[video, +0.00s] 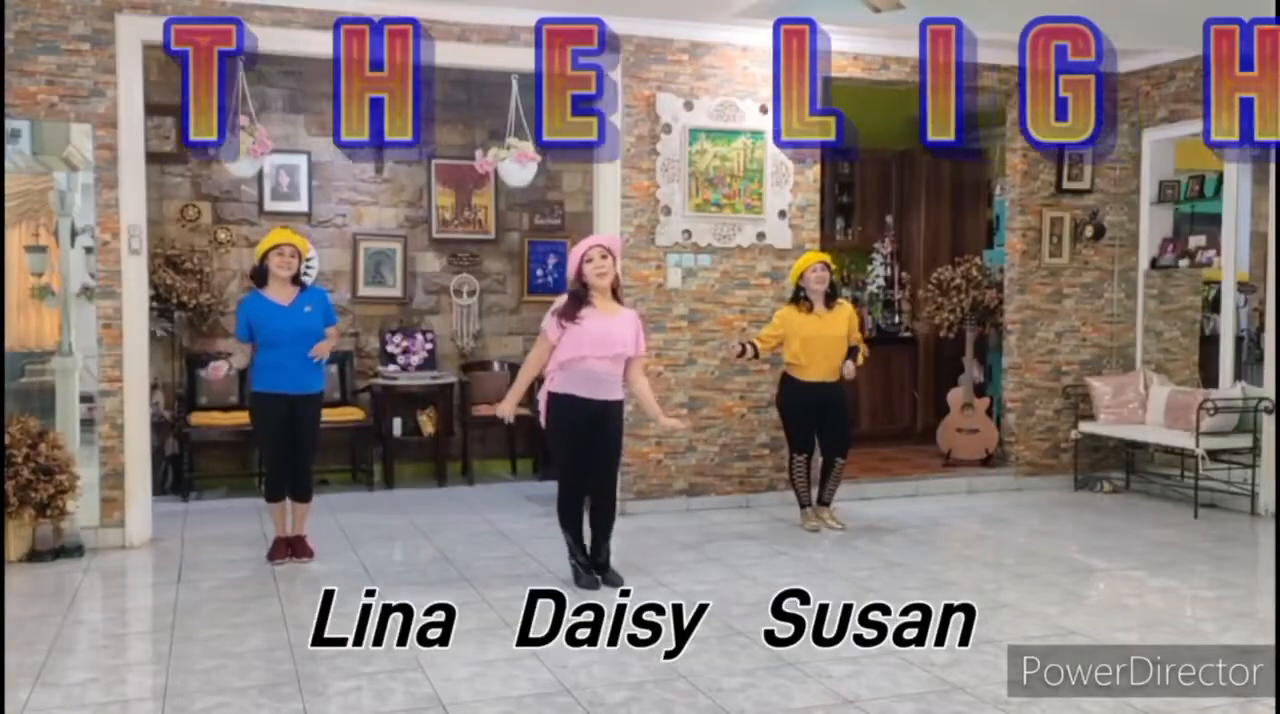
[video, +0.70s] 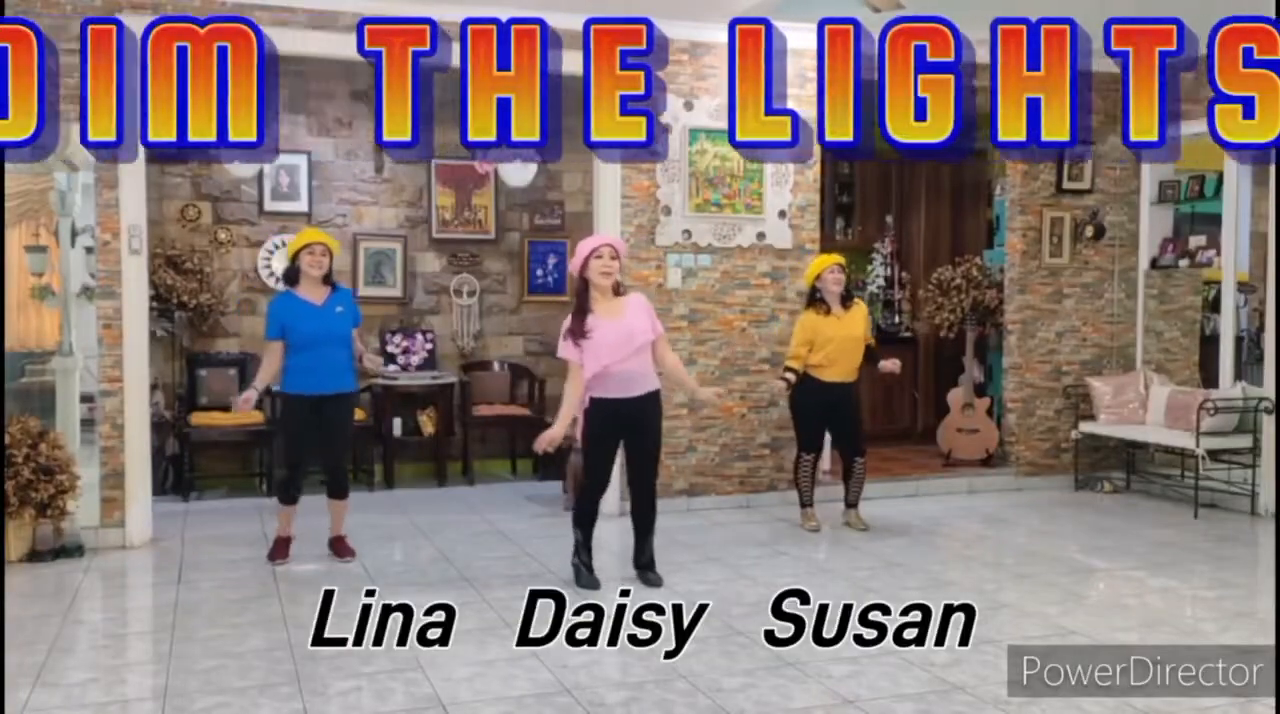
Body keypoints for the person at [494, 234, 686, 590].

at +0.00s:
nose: (599, 264)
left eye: (605, 258)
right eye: (591, 260)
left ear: (616, 266)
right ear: (580, 272)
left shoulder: (629, 319)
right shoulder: (566, 308)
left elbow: (635, 375)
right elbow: (537, 357)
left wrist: (660, 417)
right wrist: (510, 401)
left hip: (608, 406)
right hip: (566, 403)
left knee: (605, 485)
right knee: (572, 482)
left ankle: (601, 559)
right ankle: (578, 559)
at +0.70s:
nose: (608, 264)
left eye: (613, 258)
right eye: (599, 259)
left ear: (620, 266)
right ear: (583, 269)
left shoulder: (639, 305)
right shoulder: (579, 321)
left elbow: (665, 355)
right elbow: (575, 379)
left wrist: (694, 389)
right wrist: (559, 426)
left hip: (645, 405)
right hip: (601, 409)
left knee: (644, 485)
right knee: (594, 485)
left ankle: (645, 560)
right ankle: (582, 557)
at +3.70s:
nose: (649, 262)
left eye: (655, 256)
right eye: (641, 259)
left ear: (666, 265)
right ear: (631, 270)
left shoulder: (681, 310)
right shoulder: (620, 316)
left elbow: (703, 348)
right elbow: (602, 367)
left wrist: (696, 383)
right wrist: (628, 407)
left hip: (675, 405)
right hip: (636, 406)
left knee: (670, 487)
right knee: (636, 487)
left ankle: (664, 560)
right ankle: (629, 555)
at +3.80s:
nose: (647, 261)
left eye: (653, 254)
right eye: (639, 257)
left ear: (664, 261)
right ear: (630, 269)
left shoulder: (679, 308)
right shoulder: (623, 311)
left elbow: (694, 348)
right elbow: (596, 362)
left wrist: (690, 384)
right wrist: (617, 406)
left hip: (669, 404)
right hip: (629, 403)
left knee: (666, 488)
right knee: (622, 486)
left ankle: (664, 561)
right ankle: (609, 556)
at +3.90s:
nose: (645, 261)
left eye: (650, 254)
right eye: (636, 257)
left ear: (661, 261)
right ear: (625, 269)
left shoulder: (675, 310)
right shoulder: (617, 311)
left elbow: (687, 353)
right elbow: (588, 361)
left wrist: (683, 385)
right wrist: (604, 407)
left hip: (663, 405)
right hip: (621, 404)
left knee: (661, 486)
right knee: (610, 484)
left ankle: (662, 561)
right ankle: (591, 559)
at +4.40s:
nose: (619, 269)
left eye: (624, 262)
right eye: (610, 265)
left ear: (635, 271)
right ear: (599, 274)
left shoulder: (645, 321)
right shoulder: (581, 312)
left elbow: (664, 370)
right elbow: (541, 352)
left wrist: (645, 400)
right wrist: (541, 404)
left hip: (620, 411)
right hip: (576, 408)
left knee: (629, 491)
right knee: (579, 489)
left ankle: (634, 561)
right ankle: (584, 563)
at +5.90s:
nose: (648, 268)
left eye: (654, 262)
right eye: (640, 262)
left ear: (663, 270)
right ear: (626, 270)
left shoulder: (679, 305)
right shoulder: (617, 319)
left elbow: (708, 342)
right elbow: (607, 376)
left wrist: (713, 389)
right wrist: (626, 408)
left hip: (680, 406)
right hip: (639, 408)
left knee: (672, 488)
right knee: (640, 488)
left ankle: (659, 563)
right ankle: (635, 560)